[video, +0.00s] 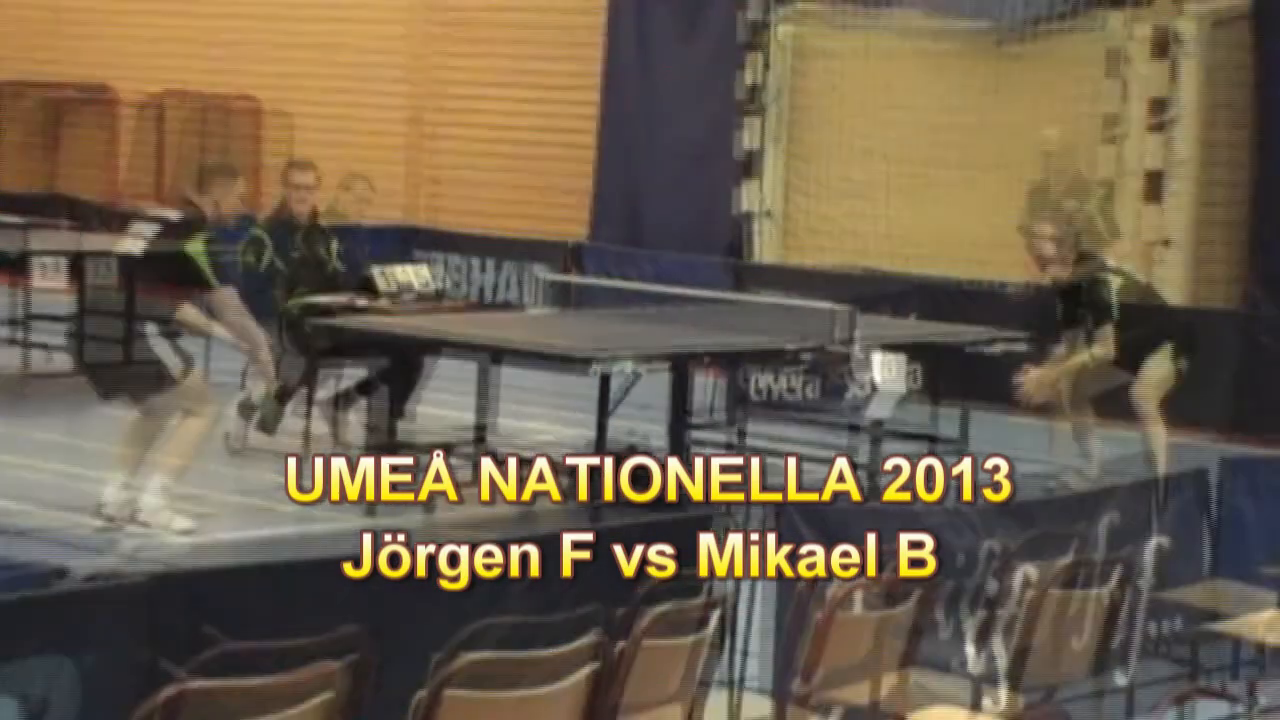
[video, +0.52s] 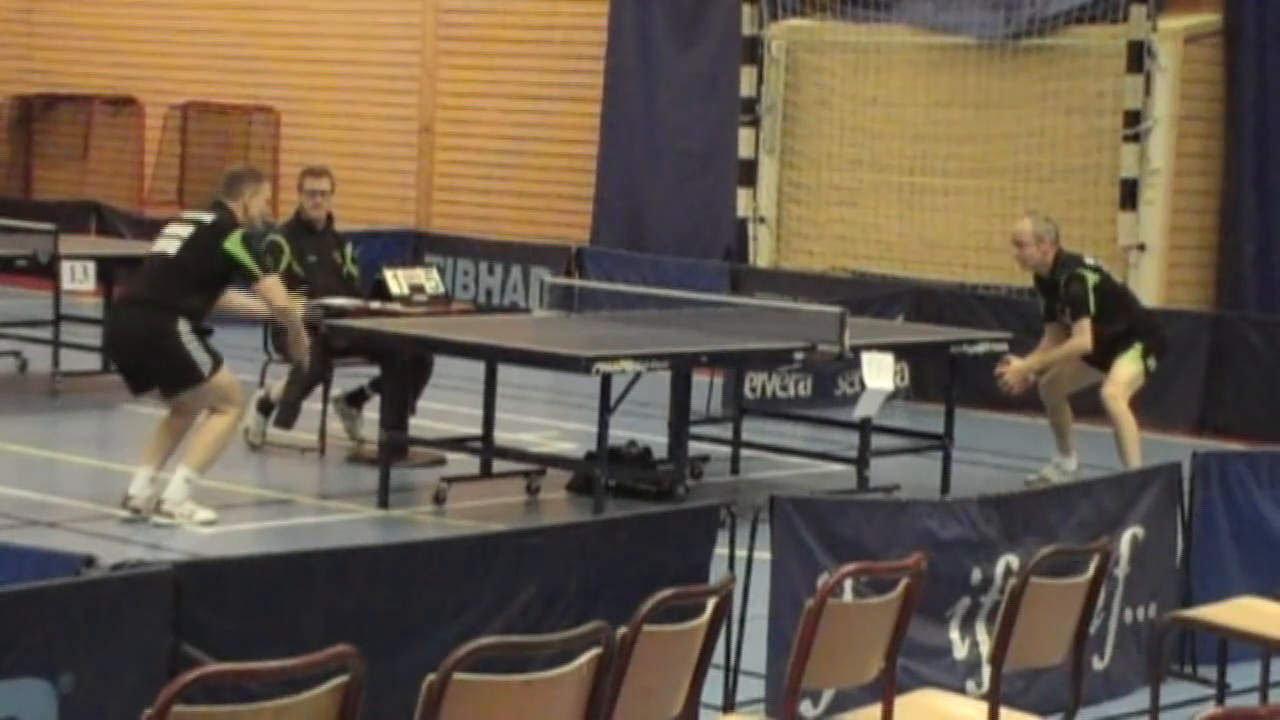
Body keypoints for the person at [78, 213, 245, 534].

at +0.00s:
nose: (241, 202)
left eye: (241, 192)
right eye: (236, 191)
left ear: (195, 191)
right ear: (211, 191)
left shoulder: (144, 230)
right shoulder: (189, 235)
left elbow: (172, 304)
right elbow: (224, 301)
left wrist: (225, 335)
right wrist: (260, 349)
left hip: (96, 339)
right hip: (140, 340)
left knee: (159, 406)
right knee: (203, 405)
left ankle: (117, 496)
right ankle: (152, 501)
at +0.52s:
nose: (267, 210)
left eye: (268, 202)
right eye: (264, 201)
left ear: (227, 197)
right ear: (244, 199)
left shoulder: (186, 222)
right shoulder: (233, 234)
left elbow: (206, 295)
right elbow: (280, 301)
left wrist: (273, 310)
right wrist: (299, 338)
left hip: (123, 319)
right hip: (165, 325)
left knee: (187, 405)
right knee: (230, 403)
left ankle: (139, 491)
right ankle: (175, 497)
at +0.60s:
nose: (268, 203)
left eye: (269, 195)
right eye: (266, 194)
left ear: (227, 187)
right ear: (248, 191)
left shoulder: (189, 212)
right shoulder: (235, 224)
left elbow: (208, 277)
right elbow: (286, 286)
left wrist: (271, 277)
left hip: (127, 315)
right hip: (170, 320)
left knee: (188, 401)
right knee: (229, 401)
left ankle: (140, 488)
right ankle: (175, 497)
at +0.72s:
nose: (265, 191)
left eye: (266, 184)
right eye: (265, 183)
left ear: (226, 175)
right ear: (251, 180)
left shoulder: (189, 198)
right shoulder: (239, 213)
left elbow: (223, 232)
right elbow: (295, 268)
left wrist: (276, 234)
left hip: (129, 303)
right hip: (171, 309)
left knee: (186, 383)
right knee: (227, 397)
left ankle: (156, 466)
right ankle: (177, 494)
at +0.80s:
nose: (265, 187)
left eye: (266, 180)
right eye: (265, 180)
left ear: (225, 169)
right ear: (252, 176)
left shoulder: (188, 191)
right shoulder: (247, 208)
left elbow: (210, 236)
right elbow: (300, 264)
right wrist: (267, 272)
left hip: (131, 298)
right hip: (174, 306)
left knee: (189, 374)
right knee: (228, 398)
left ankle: (199, 455)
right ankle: (176, 495)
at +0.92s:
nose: (268, 185)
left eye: (269, 180)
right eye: (268, 179)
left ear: (228, 167)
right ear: (257, 175)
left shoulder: (189, 183)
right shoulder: (255, 204)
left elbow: (187, 232)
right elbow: (288, 265)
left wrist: (234, 252)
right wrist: (250, 260)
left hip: (136, 294)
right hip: (180, 304)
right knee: (227, 398)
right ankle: (177, 495)